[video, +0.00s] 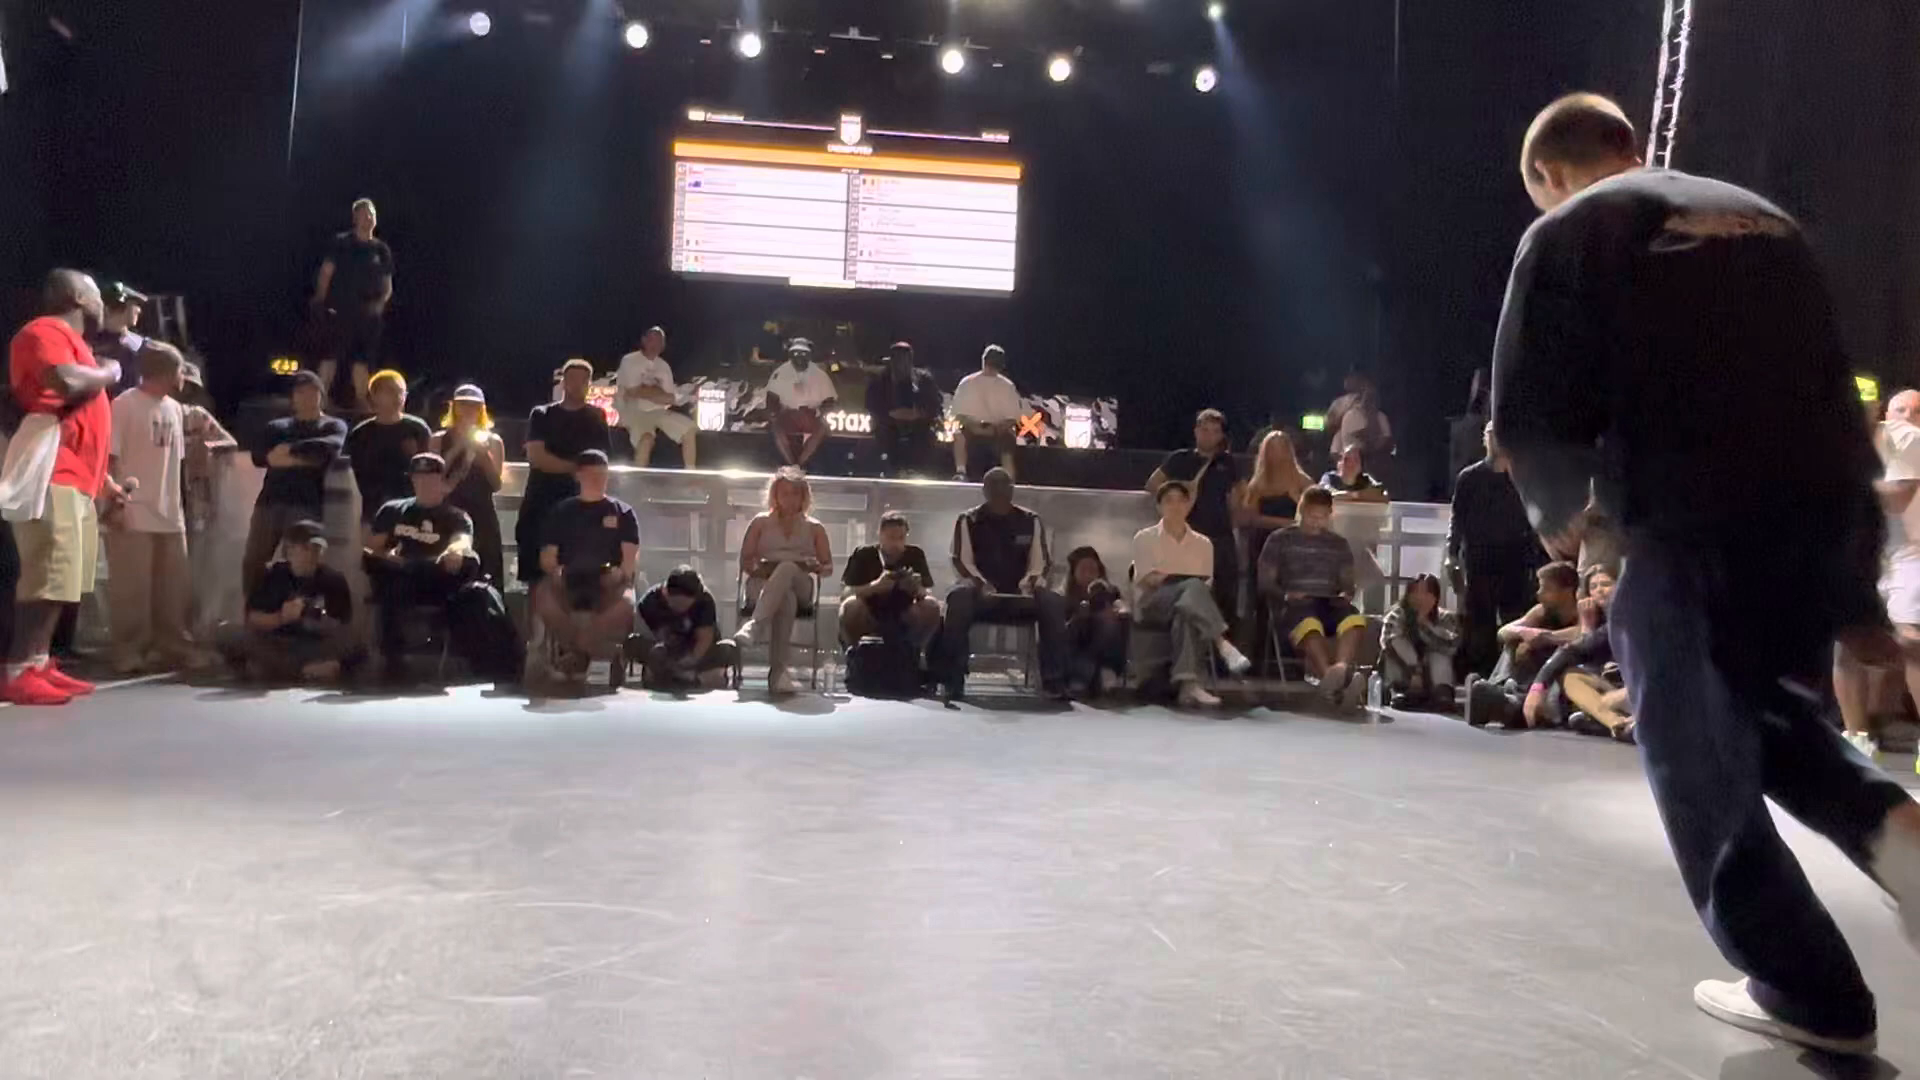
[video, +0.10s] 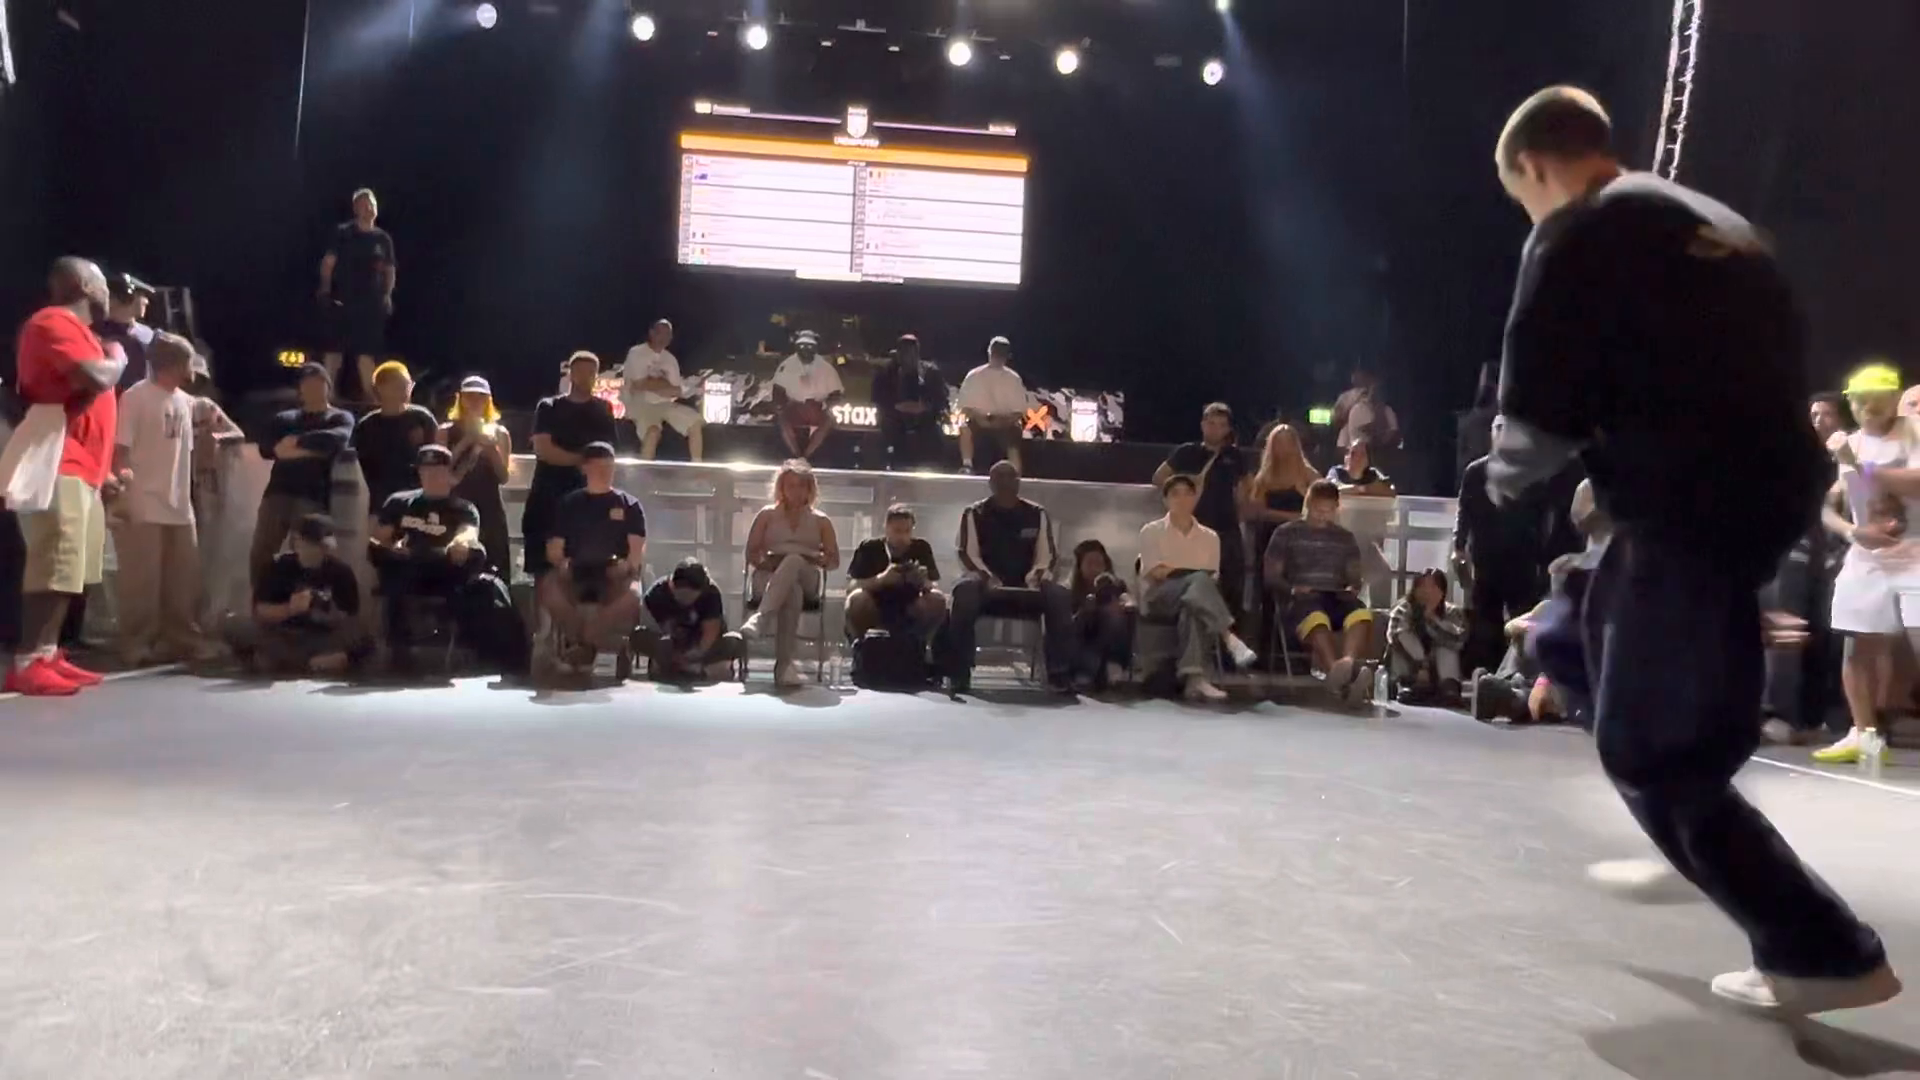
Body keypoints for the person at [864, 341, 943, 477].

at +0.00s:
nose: (901, 363)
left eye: (905, 358)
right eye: (897, 358)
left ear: (911, 360)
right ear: (892, 360)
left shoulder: (923, 378)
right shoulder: (881, 380)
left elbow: (934, 406)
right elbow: (872, 405)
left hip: (917, 427)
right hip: (890, 430)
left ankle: (919, 470)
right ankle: (891, 468)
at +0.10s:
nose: (909, 356)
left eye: (912, 352)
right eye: (905, 352)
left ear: (917, 352)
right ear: (898, 353)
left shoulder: (930, 371)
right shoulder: (888, 373)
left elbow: (941, 399)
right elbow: (879, 398)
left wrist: (923, 408)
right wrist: (898, 410)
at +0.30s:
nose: (918, 345)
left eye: (922, 340)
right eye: (915, 340)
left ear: (928, 341)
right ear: (909, 341)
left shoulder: (940, 359)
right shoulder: (899, 359)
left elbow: (951, 385)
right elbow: (887, 384)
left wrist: (932, 395)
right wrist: (906, 397)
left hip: (934, 405)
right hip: (907, 407)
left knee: (943, 415)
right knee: (896, 412)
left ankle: (942, 451)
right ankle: (896, 449)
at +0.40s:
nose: (924, 341)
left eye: (927, 336)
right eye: (920, 336)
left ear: (933, 337)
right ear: (914, 337)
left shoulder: (946, 354)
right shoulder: (903, 356)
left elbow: (956, 382)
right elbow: (893, 381)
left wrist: (937, 390)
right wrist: (912, 390)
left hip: (939, 402)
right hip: (911, 403)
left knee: (948, 409)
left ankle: (948, 447)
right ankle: (897, 446)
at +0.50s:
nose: (930, 337)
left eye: (934, 332)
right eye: (926, 332)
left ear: (940, 333)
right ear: (920, 332)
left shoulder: (951, 350)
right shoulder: (908, 350)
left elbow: (962, 379)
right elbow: (898, 377)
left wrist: (942, 387)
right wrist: (919, 387)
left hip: (944, 398)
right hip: (916, 399)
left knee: (954, 402)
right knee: (904, 398)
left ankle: (951, 442)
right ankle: (902, 442)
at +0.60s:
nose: (935, 332)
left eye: (939, 327)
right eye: (931, 327)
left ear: (945, 329)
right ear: (925, 329)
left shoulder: (957, 348)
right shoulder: (913, 348)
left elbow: (967, 377)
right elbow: (902, 373)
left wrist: (949, 384)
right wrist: (923, 383)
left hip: (949, 394)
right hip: (922, 396)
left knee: (959, 401)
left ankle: (957, 440)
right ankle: (906, 438)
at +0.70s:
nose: (941, 330)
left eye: (944, 325)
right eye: (937, 325)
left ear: (950, 325)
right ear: (931, 325)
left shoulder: (962, 344)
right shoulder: (918, 344)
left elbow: (972, 374)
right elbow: (907, 370)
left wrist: (954, 380)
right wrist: (928, 379)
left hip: (955, 391)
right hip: (927, 391)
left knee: (964, 397)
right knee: (918, 391)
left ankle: (960, 436)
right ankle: (915, 432)